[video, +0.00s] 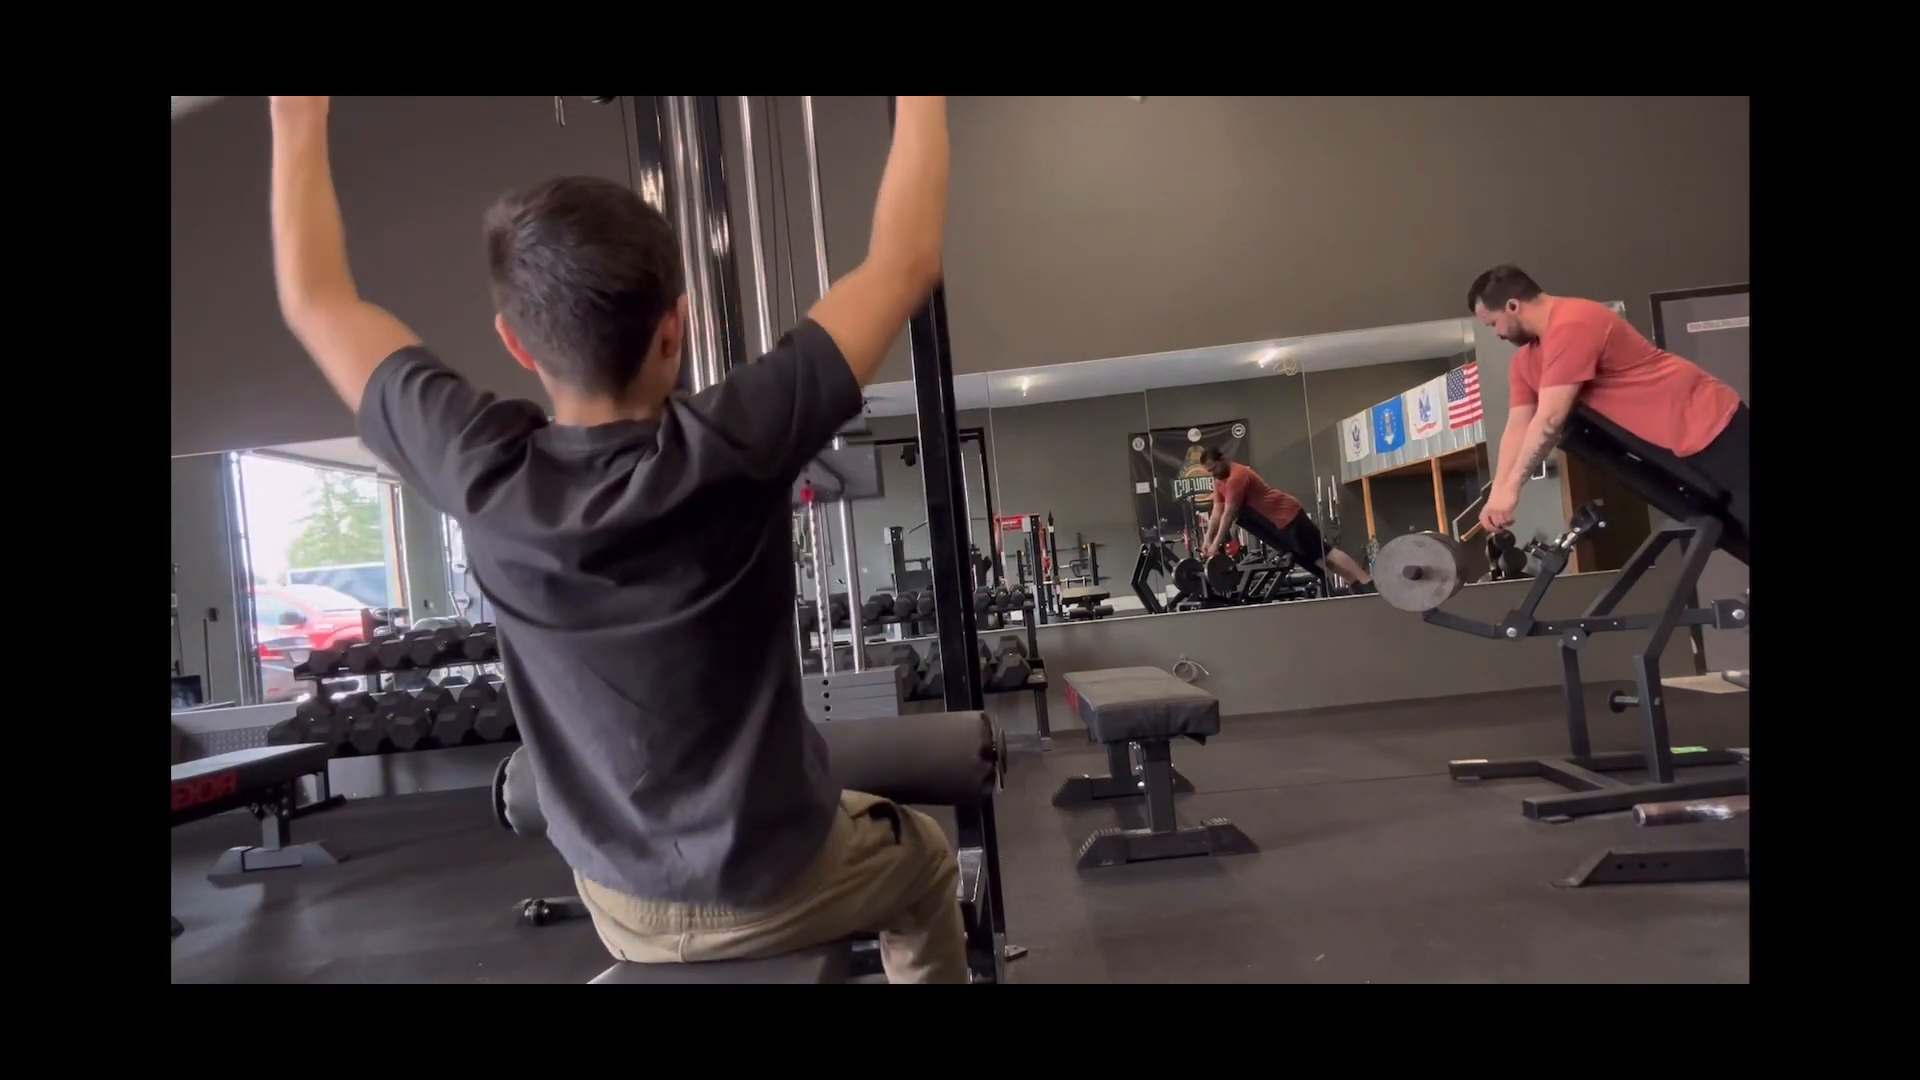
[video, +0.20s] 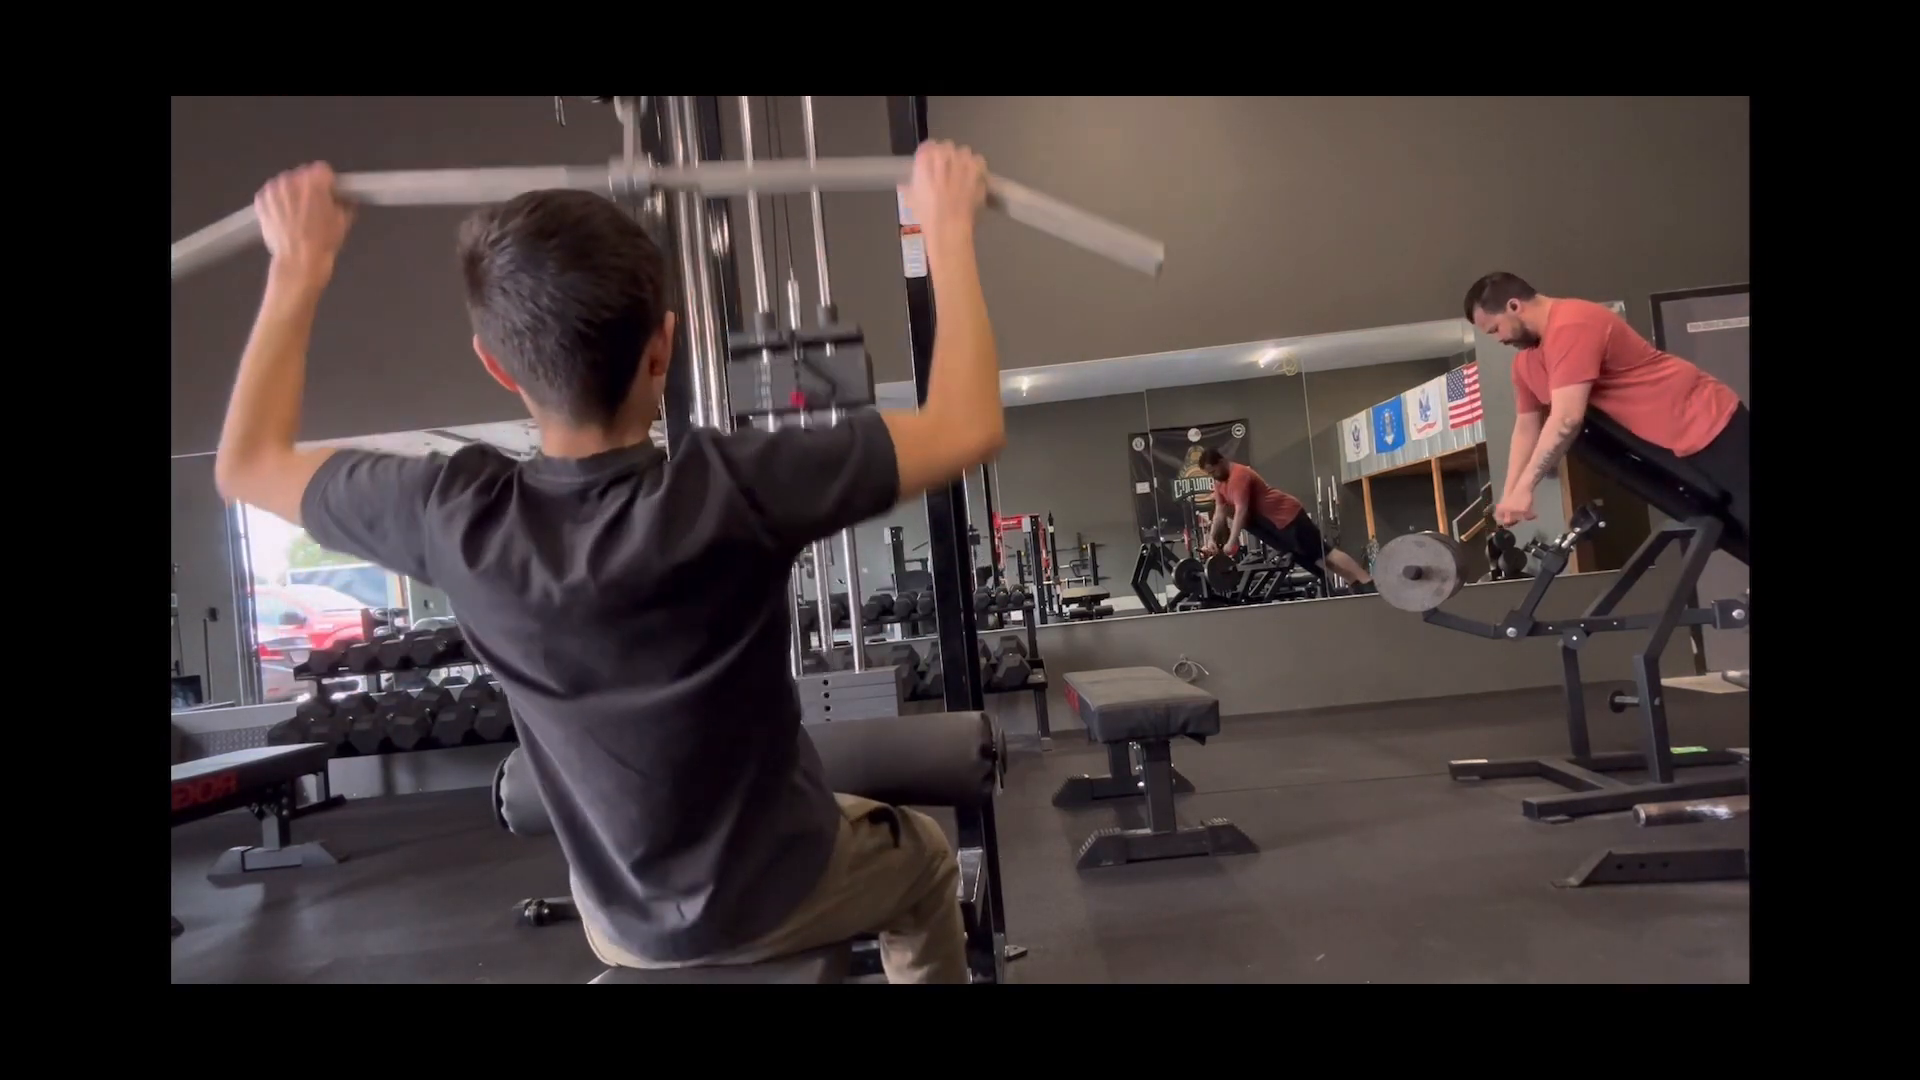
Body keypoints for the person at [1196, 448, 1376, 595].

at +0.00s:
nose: (1213, 473)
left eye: (1214, 467)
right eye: (1209, 470)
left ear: (1222, 459)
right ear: (1207, 470)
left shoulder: (1238, 475)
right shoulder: (1219, 483)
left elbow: (1230, 513)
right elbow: (1216, 512)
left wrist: (1216, 543)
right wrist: (1207, 539)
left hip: (1289, 514)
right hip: (1278, 524)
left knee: (1324, 550)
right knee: (1316, 558)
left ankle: (1367, 581)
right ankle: (1354, 583)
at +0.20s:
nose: (1212, 475)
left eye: (1213, 470)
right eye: (1209, 473)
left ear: (1221, 462)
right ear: (1208, 472)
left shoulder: (1239, 475)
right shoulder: (1220, 485)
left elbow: (1241, 510)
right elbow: (1219, 512)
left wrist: (1233, 541)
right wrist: (1211, 539)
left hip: (1289, 514)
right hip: (1276, 526)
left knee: (1324, 551)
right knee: (1315, 558)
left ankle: (1367, 581)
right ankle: (1354, 583)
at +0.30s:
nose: (1213, 476)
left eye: (1213, 470)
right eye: (1209, 473)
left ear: (1221, 462)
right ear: (1207, 473)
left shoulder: (1240, 476)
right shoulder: (1219, 485)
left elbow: (1250, 507)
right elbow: (1222, 512)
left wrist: (1244, 535)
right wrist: (1217, 538)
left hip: (1288, 514)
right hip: (1273, 526)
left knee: (1324, 551)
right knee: (1313, 558)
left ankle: (1368, 581)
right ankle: (1354, 583)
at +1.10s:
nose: (1218, 480)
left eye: (1219, 475)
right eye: (1214, 479)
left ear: (1224, 468)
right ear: (1209, 479)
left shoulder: (1244, 484)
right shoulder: (1220, 488)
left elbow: (1267, 509)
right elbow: (1225, 514)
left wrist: (1272, 542)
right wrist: (1232, 541)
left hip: (1289, 514)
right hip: (1275, 524)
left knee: (1325, 552)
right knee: (1315, 559)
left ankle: (1368, 582)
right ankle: (1354, 584)